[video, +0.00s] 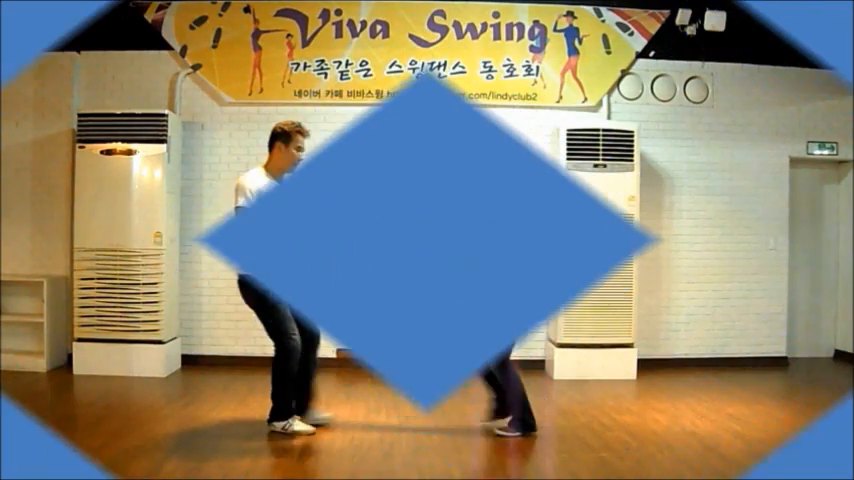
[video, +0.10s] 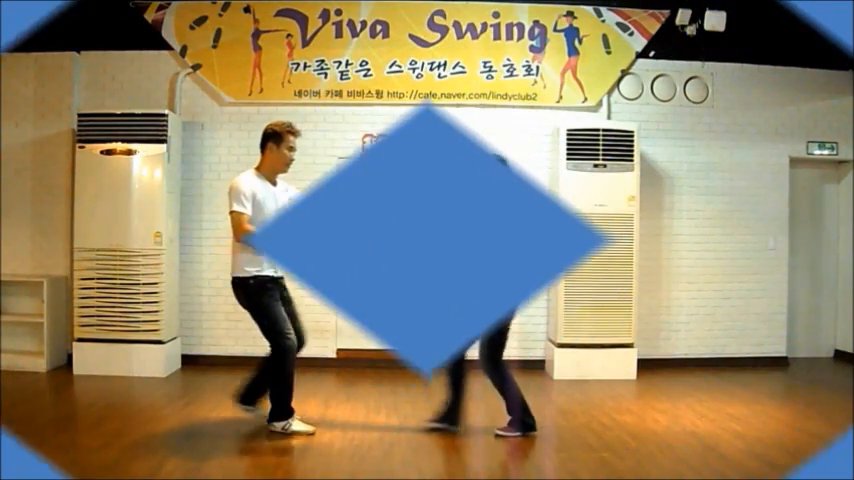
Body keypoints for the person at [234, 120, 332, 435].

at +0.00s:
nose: (300, 156)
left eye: (302, 150)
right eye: (297, 149)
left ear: (284, 150)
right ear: (278, 147)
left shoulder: (292, 184)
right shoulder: (248, 183)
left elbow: (302, 226)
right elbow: (248, 234)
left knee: (311, 334)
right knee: (288, 339)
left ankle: (302, 408)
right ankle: (280, 416)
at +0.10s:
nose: (293, 157)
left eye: (294, 151)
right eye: (289, 149)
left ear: (277, 151)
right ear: (269, 148)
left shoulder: (287, 191)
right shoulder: (243, 185)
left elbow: (307, 222)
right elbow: (241, 231)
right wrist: (280, 244)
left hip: (275, 278)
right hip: (250, 280)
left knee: (296, 340)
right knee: (285, 341)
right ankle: (280, 417)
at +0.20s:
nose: (285, 158)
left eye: (286, 151)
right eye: (281, 151)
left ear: (270, 152)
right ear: (260, 150)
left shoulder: (276, 192)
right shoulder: (235, 187)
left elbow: (303, 227)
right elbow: (232, 238)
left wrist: (333, 238)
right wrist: (277, 248)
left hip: (266, 279)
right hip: (244, 281)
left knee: (268, 346)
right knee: (280, 343)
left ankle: (210, 393)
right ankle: (280, 417)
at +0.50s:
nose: (268, 155)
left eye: (269, 149)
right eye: (264, 147)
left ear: (250, 149)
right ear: (244, 146)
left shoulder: (256, 188)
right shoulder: (217, 183)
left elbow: (266, 234)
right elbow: (202, 231)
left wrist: (301, 237)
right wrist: (245, 242)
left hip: (237, 276)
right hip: (217, 275)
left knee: (216, 345)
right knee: (251, 337)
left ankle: (189, 407)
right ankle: (233, 412)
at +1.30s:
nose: (286, 152)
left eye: (286, 146)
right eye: (281, 145)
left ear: (268, 149)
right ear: (263, 148)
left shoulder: (262, 184)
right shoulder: (242, 177)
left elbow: (242, 221)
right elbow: (208, 214)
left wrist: (266, 232)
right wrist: (248, 231)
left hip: (248, 277)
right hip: (227, 276)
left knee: (259, 338)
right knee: (229, 342)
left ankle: (213, 399)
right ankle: (196, 410)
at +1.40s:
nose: (287, 150)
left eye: (286, 144)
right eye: (282, 143)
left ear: (270, 147)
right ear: (263, 146)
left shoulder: (263, 182)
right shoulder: (246, 177)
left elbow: (242, 222)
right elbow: (217, 215)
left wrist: (270, 234)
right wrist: (258, 233)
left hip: (247, 276)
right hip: (228, 276)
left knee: (271, 333)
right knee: (220, 345)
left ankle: (239, 401)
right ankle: (195, 411)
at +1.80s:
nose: (295, 160)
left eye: (297, 154)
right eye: (293, 153)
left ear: (282, 149)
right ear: (275, 146)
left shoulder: (275, 178)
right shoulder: (251, 172)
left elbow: (277, 222)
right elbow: (251, 212)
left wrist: (310, 222)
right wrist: (301, 219)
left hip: (268, 272)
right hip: (246, 272)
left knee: (280, 339)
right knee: (265, 340)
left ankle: (271, 413)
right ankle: (226, 404)